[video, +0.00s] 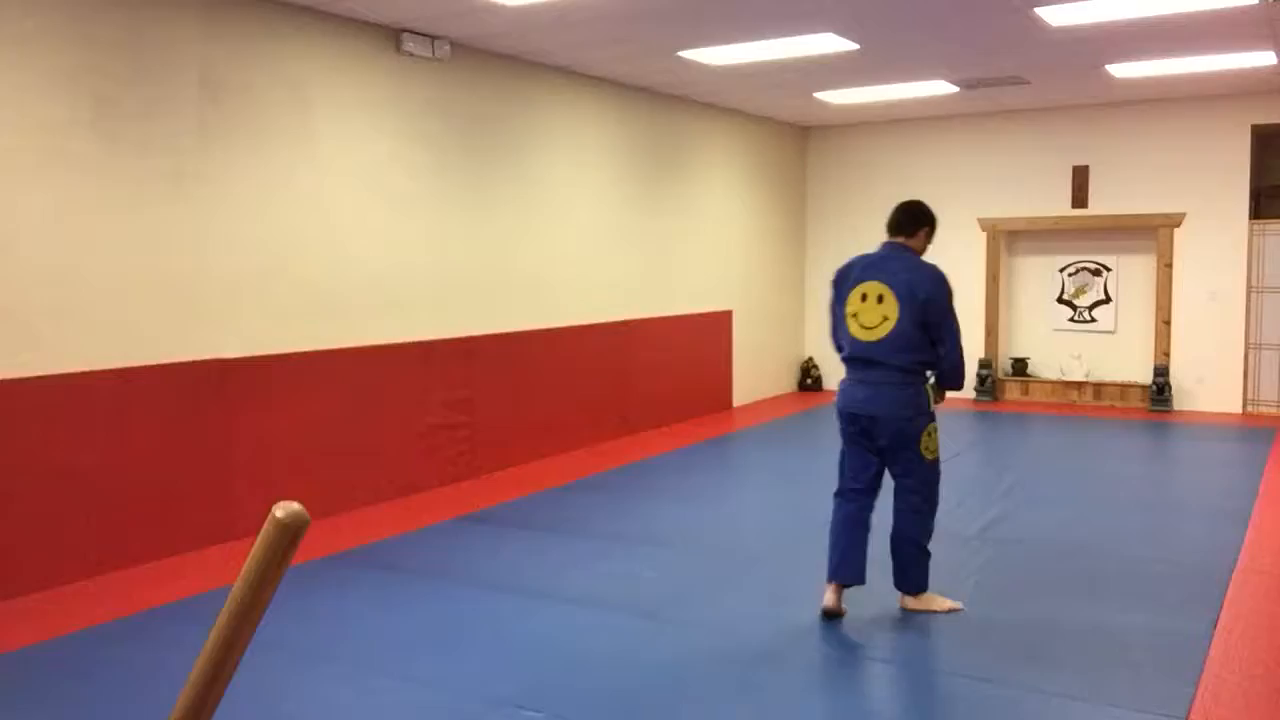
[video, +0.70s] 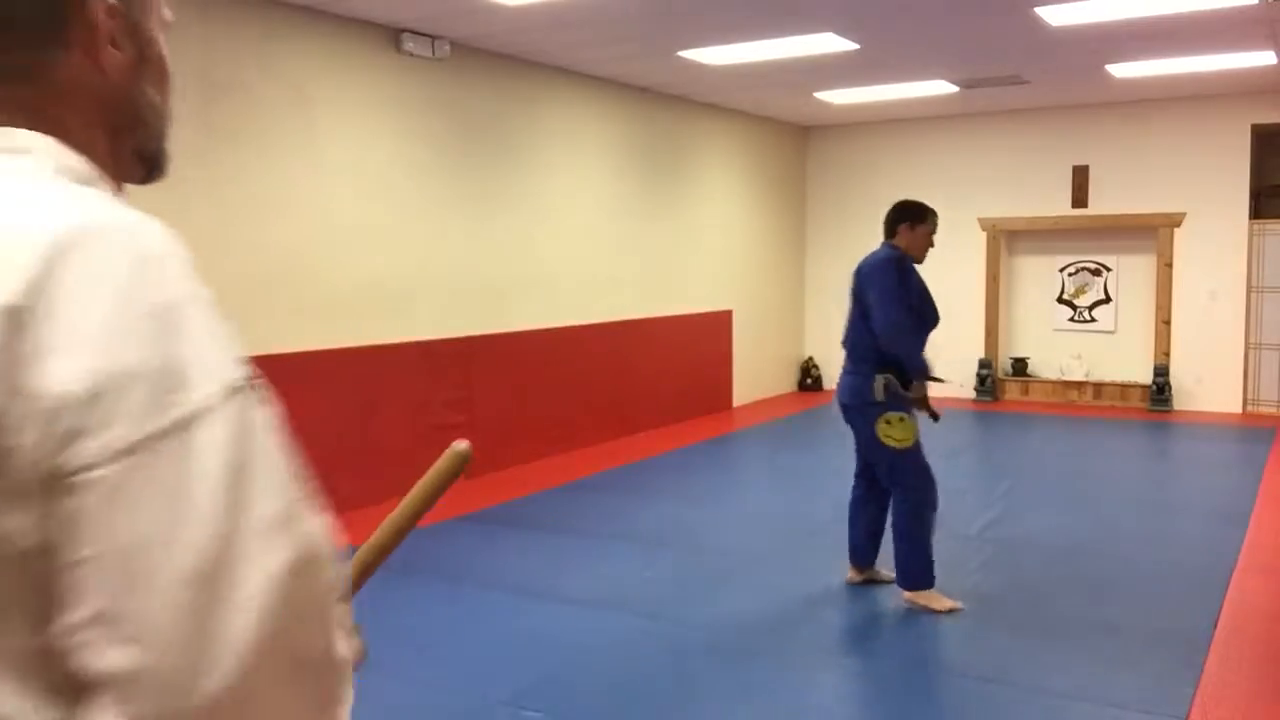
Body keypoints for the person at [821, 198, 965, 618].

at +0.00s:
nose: (930, 243)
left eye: (930, 238)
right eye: (930, 237)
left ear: (888, 230)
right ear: (923, 234)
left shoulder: (848, 271)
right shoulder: (927, 277)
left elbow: (840, 337)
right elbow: (947, 347)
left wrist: (861, 368)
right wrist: (946, 384)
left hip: (855, 398)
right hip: (905, 402)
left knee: (852, 491)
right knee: (917, 493)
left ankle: (834, 587)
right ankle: (912, 591)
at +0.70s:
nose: (931, 244)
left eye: (932, 236)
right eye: (928, 234)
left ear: (904, 231)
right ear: (904, 230)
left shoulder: (889, 266)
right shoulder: (885, 267)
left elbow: (898, 332)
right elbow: (892, 330)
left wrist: (915, 383)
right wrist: (918, 374)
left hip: (871, 390)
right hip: (875, 394)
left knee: (873, 481)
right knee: (917, 488)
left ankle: (861, 566)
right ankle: (917, 585)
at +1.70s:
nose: (764, 233)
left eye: (772, 226)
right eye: (757, 227)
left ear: (786, 230)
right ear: (750, 232)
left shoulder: (813, 275)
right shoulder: (734, 283)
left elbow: (838, 325)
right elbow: (720, 336)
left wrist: (844, 375)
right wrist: (744, 373)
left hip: (809, 391)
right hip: (762, 395)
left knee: (827, 477)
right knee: (765, 479)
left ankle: (846, 565)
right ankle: (769, 559)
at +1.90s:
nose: (745, 233)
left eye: (753, 226)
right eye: (740, 227)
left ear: (769, 230)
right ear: (734, 233)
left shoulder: (796, 274)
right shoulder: (720, 285)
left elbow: (824, 326)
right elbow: (712, 338)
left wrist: (824, 375)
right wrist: (732, 372)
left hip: (794, 394)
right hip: (751, 396)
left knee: (802, 479)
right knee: (761, 479)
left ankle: (813, 565)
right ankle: (769, 557)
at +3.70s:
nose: (666, 233)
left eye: (674, 225)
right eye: (661, 225)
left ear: (697, 230)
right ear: (657, 230)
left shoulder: (723, 284)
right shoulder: (647, 285)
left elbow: (742, 348)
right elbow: (627, 343)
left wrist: (729, 404)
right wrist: (606, 394)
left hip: (709, 408)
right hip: (662, 408)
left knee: (722, 506)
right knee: (664, 504)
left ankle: (737, 595)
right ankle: (671, 593)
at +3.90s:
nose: (681, 232)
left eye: (690, 225)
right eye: (677, 225)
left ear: (714, 230)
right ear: (674, 230)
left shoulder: (741, 286)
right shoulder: (670, 283)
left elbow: (760, 351)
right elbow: (649, 341)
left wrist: (742, 406)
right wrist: (631, 386)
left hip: (723, 414)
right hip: (676, 412)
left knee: (735, 511)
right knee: (664, 503)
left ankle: (746, 598)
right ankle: (670, 593)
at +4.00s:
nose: (690, 233)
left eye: (699, 225)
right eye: (686, 225)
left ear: (723, 231)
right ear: (682, 230)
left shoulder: (748, 286)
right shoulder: (678, 282)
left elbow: (766, 348)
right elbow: (657, 333)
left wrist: (733, 379)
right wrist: (637, 351)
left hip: (729, 416)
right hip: (681, 411)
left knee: (738, 509)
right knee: (663, 497)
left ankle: (748, 597)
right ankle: (671, 589)